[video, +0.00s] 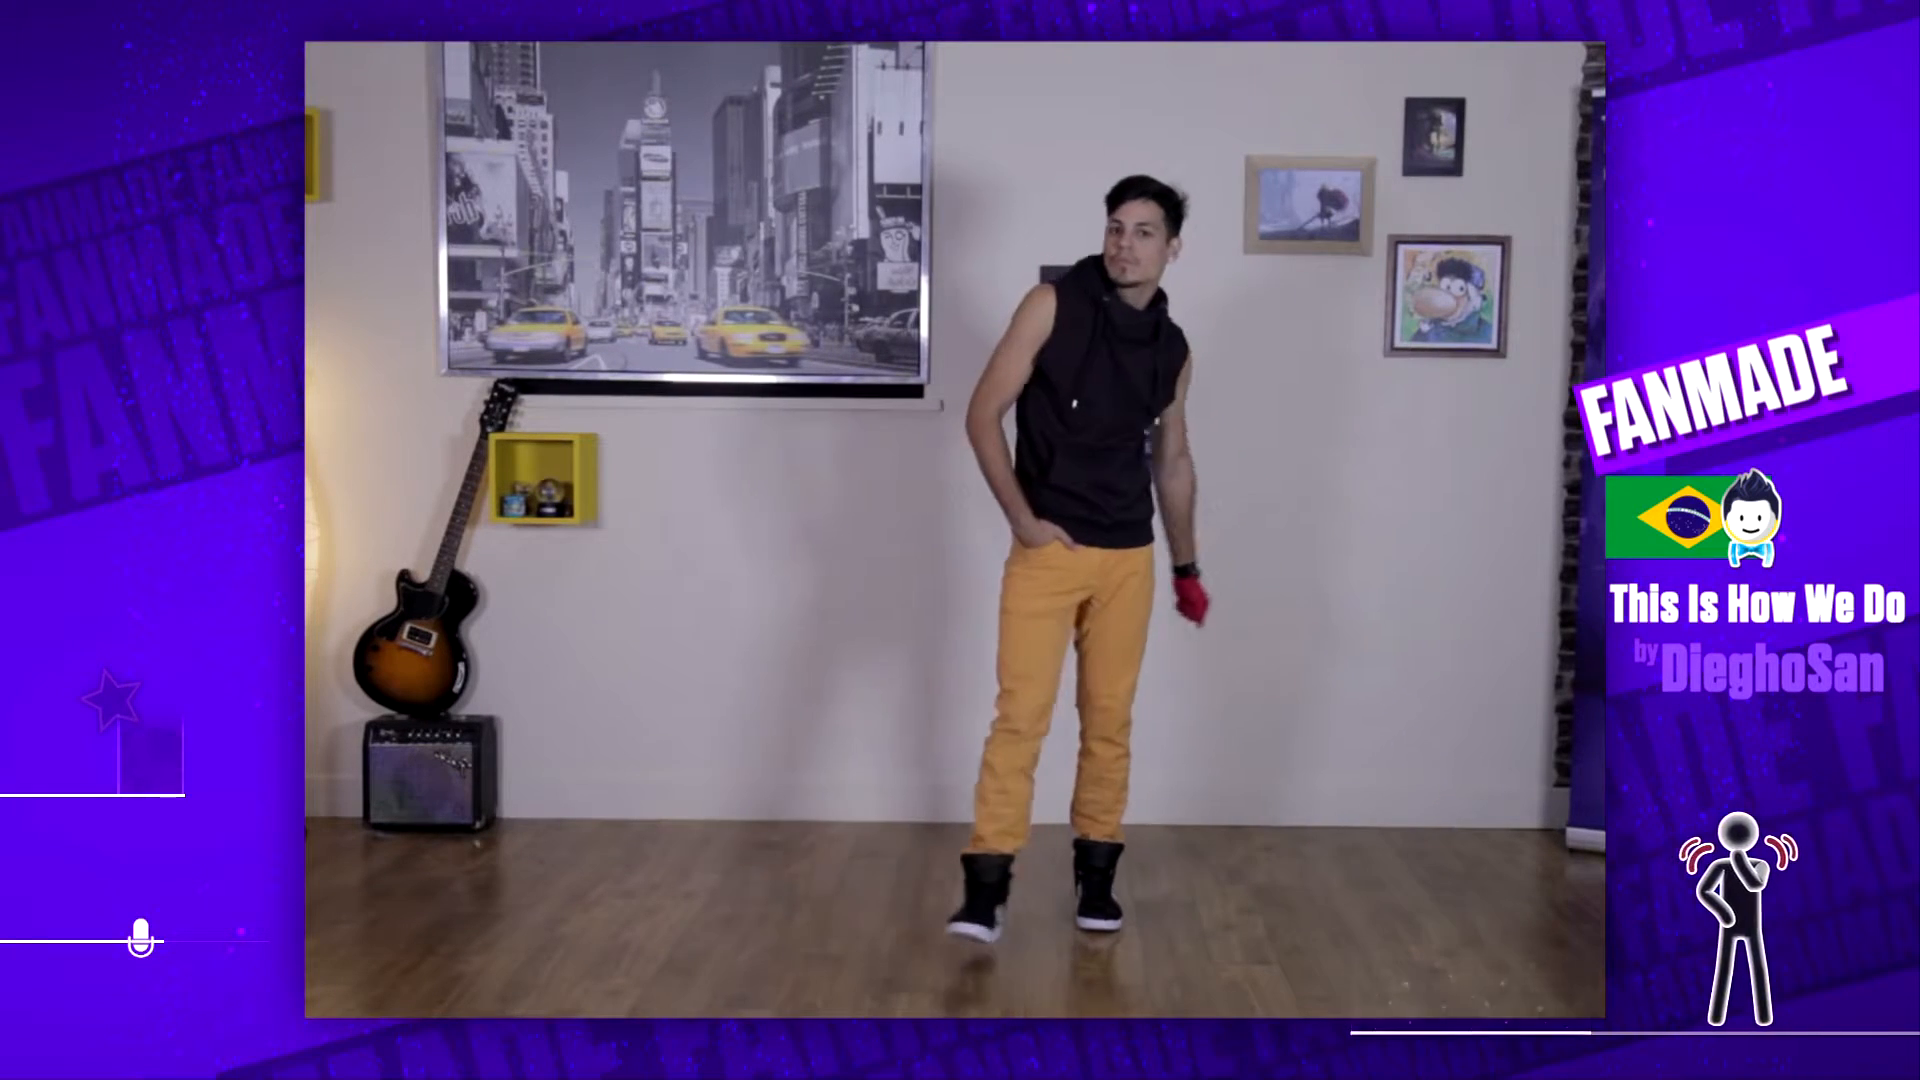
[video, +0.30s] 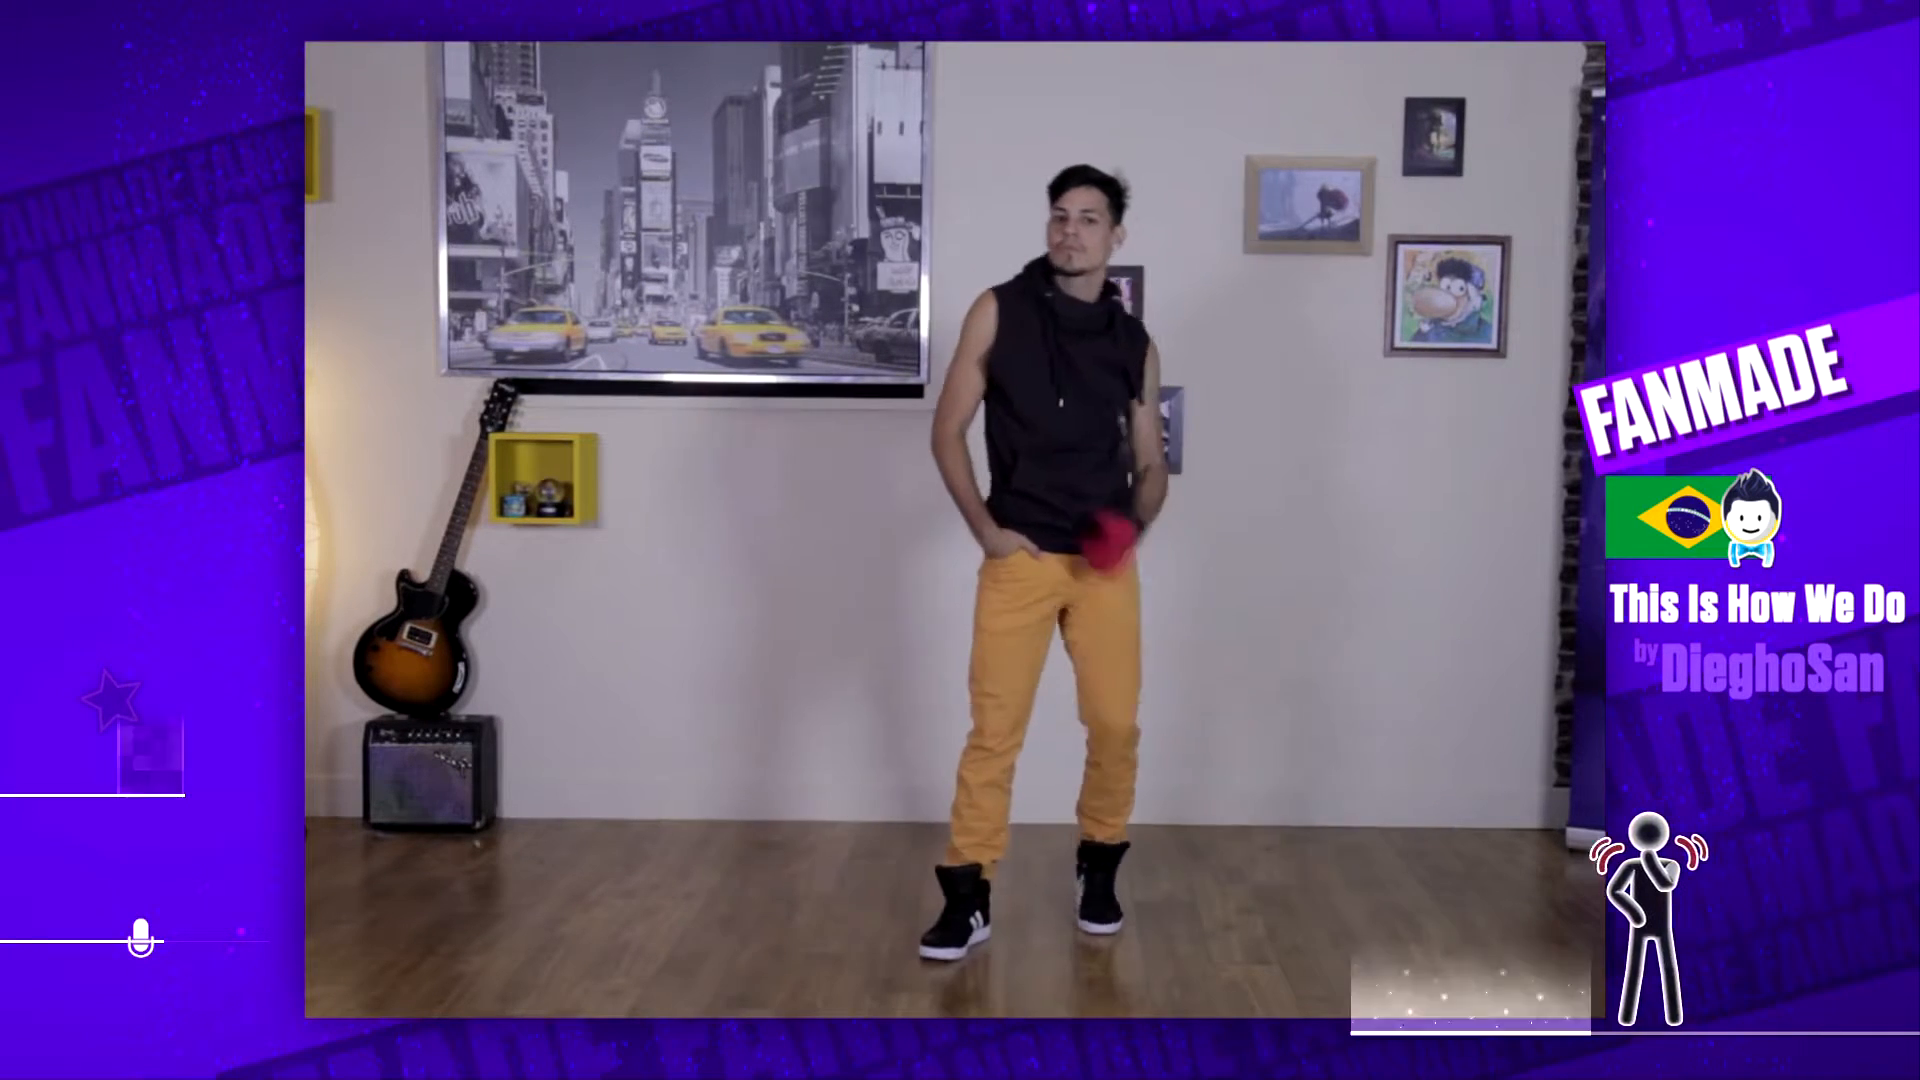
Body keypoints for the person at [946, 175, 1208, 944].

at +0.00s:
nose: (1125, 243)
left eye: (1143, 233)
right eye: (1116, 229)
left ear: (1171, 249)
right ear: (1103, 237)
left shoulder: (1169, 347)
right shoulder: (1053, 305)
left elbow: (1174, 460)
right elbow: (982, 415)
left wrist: (1187, 564)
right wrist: (1022, 522)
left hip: (1128, 562)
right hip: (1047, 552)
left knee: (1109, 723)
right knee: (1021, 718)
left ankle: (1096, 881)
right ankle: (986, 887)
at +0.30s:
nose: (1070, 230)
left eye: (1087, 219)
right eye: (1061, 217)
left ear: (1116, 235)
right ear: (1046, 229)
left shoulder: (1134, 342)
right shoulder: (999, 313)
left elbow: (1154, 465)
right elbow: (946, 432)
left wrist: (1128, 527)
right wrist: (986, 530)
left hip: (1107, 558)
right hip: (1021, 556)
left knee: (1116, 727)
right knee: (994, 731)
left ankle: (1101, 875)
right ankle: (965, 897)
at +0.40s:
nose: (1045, 231)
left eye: (1063, 220)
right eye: (1034, 217)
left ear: (1087, 236)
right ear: (1016, 229)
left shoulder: (1120, 330)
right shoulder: (975, 324)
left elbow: (1147, 459)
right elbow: (918, 440)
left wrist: (1085, 435)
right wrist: (966, 531)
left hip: (1103, 563)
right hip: (1009, 562)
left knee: (1138, 722)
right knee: (990, 733)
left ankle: (1126, 864)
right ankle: (966, 897)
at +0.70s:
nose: (1073, 252)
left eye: (1087, 239)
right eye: (1057, 238)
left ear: (1103, 239)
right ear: (1029, 239)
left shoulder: (1125, 302)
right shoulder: (1010, 335)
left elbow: (1106, 410)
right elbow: (973, 449)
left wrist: (1051, 318)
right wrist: (986, 523)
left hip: (1122, 567)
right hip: (1029, 563)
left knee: (1158, 739)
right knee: (995, 736)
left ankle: (1200, 904)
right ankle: (975, 900)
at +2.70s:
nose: (1085, 257)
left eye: (1102, 244)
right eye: (1078, 241)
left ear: (1146, 248)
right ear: (1069, 238)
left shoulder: (1168, 336)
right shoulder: (1032, 312)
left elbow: (1165, 447)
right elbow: (968, 431)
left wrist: (1103, 356)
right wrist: (1000, 533)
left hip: (1135, 569)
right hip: (1040, 565)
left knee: (1157, 739)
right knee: (999, 741)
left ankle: (1187, 908)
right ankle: (970, 903)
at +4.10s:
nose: (1088, 249)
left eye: (1106, 235)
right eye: (1082, 233)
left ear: (1148, 242)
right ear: (1073, 232)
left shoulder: (1160, 338)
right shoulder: (1027, 304)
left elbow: (1155, 449)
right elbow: (956, 424)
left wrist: (1104, 352)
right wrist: (993, 534)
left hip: (1124, 568)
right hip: (1030, 565)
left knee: (1148, 742)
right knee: (993, 739)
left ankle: (1168, 906)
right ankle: (963, 898)